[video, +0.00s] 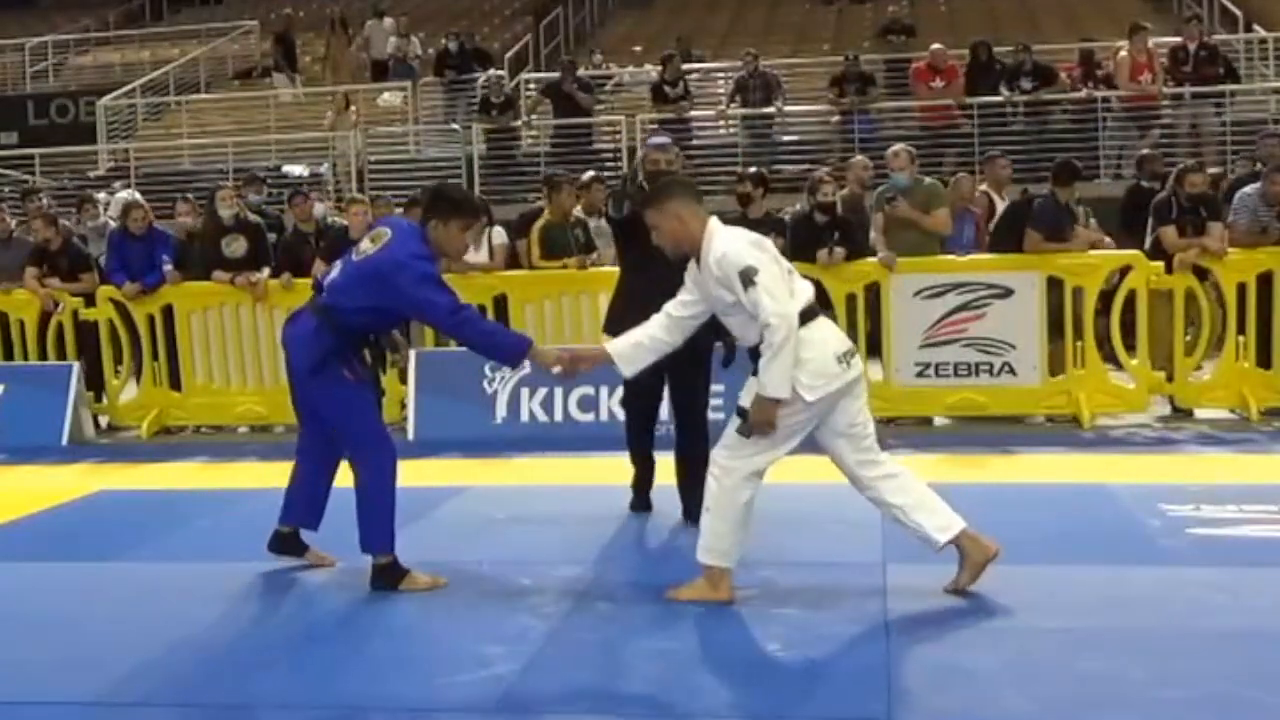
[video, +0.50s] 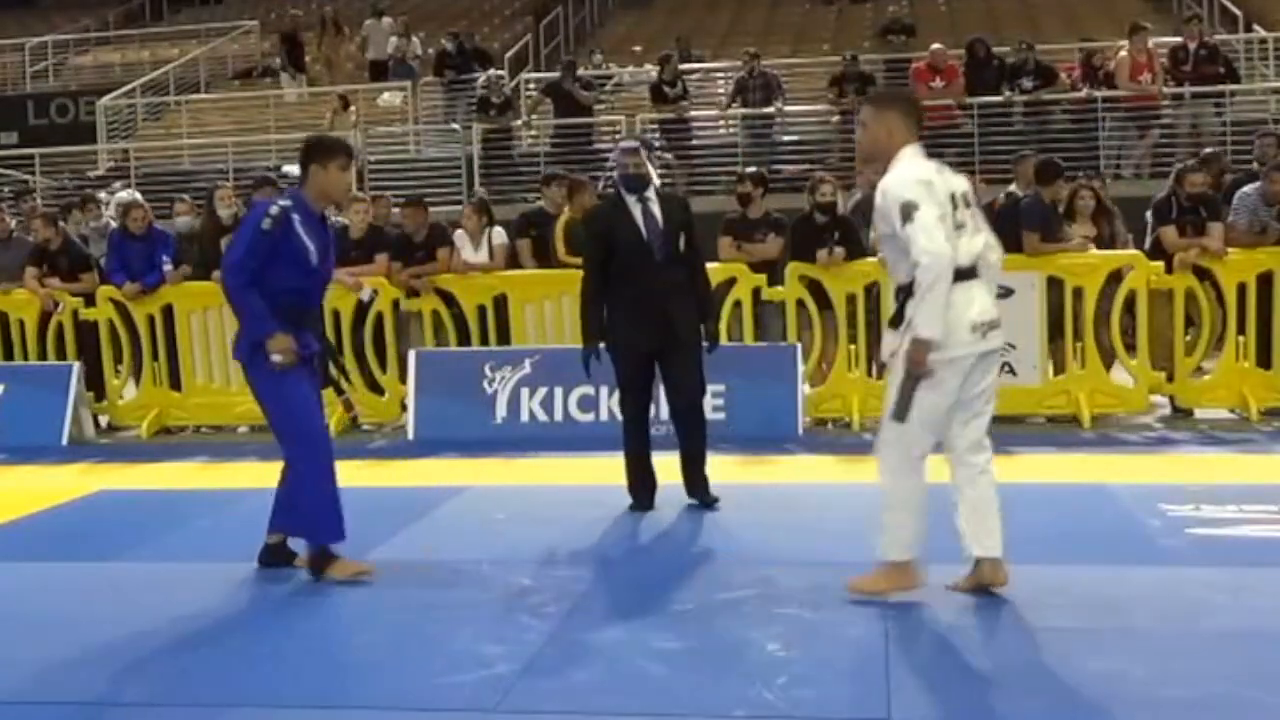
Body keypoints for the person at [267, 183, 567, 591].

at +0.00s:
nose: (470, 243)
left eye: (473, 233)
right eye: (465, 232)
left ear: (434, 223)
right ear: (437, 225)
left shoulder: (398, 230)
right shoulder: (407, 267)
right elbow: (459, 321)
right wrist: (533, 351)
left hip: (308, 332)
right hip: (327, 347)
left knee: (321, 439)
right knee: (376, 452)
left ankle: (288, 533)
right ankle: (385, 566)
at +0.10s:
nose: (455, 225)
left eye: (455, 216)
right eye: (450, 215)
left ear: (419, 212)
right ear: (423, 212)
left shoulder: (382, 226)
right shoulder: (394, 258)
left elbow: (340, 276)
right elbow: (441, 316)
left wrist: (364, 328)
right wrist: (499, 354)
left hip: (309, 333)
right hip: (321, 347)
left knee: (332, 442)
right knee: (376, 450)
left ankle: (287, 529)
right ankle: (385, 565)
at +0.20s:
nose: (431, 212)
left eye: (432, 202)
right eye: (424, 202)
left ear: (395, 202)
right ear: (396, 201)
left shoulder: (362, 226)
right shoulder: (371, 242)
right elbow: (388, 315)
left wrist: (397, 290)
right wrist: (438, 357)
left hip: (311, 343)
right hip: (322, 351)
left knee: (339, 449)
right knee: (377, 450)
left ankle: (285, 533)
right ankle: (388, 565)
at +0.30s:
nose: (398, 199)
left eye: (398, 190)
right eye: (390, 190)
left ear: (372, 192)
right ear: (362, 192)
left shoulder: (358, 233)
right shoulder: (339, 234)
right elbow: (322, 301)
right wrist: (366, 360)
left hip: (313, 350)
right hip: (306, 353)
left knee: (334, 452)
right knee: (368, 452)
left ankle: (281, 541)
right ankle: (387, 564)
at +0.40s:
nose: (373, 190)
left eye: (373, 181)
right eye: (366, 180)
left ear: (345, 185)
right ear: (337, 183)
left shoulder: (337, 230)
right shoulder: (301, 227)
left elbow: (320, 295)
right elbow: (267, 288)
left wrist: (330, 340)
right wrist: (307, 345)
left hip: (311, 348)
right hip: (286, 352)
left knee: (324, 450)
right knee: (341, 452)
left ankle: (277, 545)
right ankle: (373, 556)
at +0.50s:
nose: (351, 180)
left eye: (352, 171)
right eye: (345, 170)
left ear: (326, 173)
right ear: (317, 170)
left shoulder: (322, 227)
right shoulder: (272, 214)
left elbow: (309, 295)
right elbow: (234, 275)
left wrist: (317, 347)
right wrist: (269, 332)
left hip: (305, 345)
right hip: (270, 347)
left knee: (307, 441)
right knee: (310, 440)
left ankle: (276, 541)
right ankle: (322, 551)